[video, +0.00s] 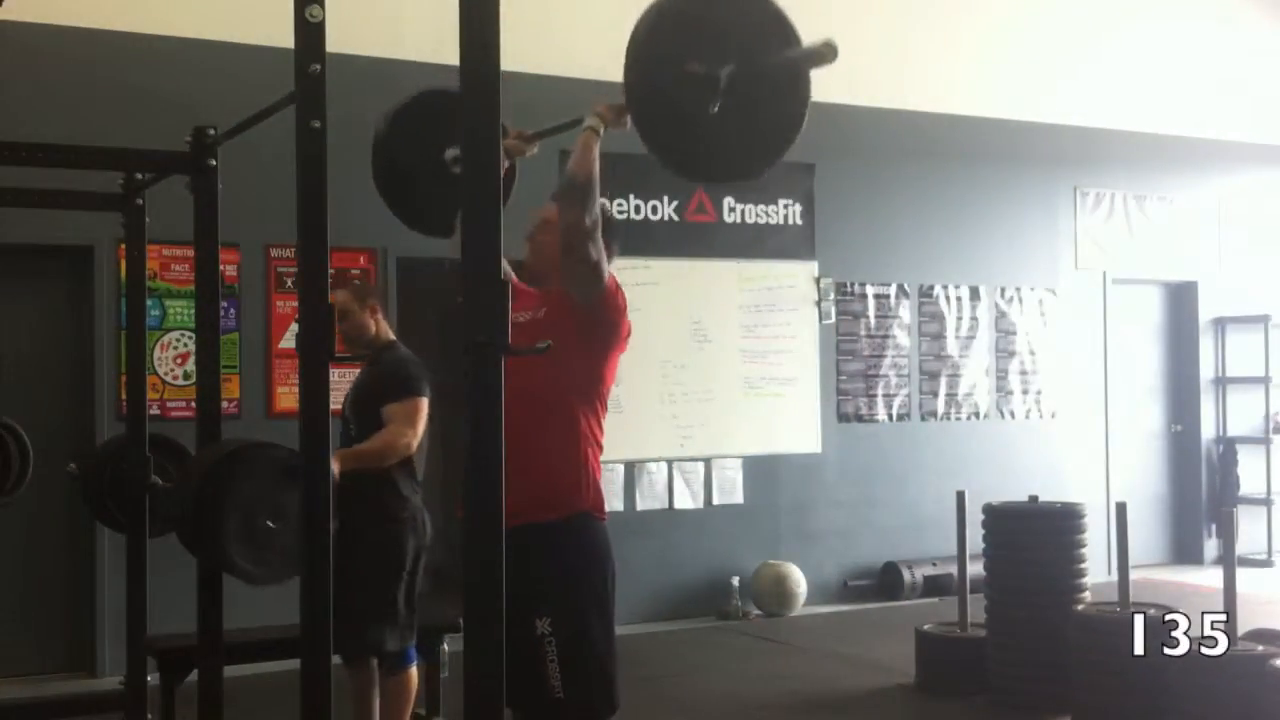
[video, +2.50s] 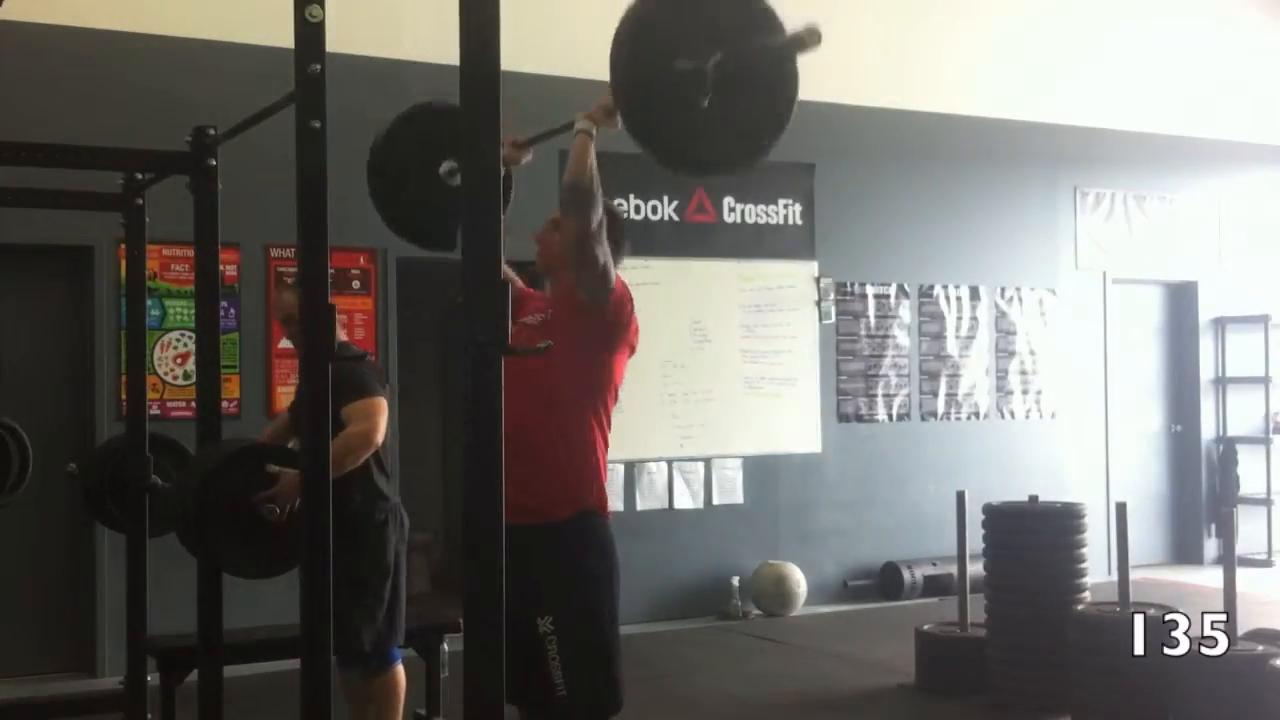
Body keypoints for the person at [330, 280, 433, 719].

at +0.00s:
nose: (339, 328)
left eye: (345, 317)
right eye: (336, 319)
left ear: (373, 313)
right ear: (363, 317)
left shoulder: (402, 365)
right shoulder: (372, 369)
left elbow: (404, 438)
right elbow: (374, 438)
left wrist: (340, 459)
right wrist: (336, 462)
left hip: (394, 518)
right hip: (360, 515)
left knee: (395, 643)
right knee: (355, 643)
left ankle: (396, 719)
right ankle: (366, 718)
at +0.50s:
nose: (331, 327)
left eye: (335, 316)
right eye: (328, 318)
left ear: (363, 310)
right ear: (352, 315)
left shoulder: (387, 364)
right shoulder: (357, 369)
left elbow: (397, 428)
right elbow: (348, 430)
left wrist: (332, 452)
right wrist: (325, 451)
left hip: (387, 517)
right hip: (359, 515)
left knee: (386, 644)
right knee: (361, 644)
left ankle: (394, 719)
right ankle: (369, 717)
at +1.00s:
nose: (322, 323)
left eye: (328, 311)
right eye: (319, 314)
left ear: (353, 309)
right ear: (332, 315)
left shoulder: (383, 359)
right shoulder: (345, 370)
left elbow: (395, 427)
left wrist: (328, 449)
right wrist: (316, 450)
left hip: (385, 515)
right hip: (355, 512)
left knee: (387, 644)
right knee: (362, 643)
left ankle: (393, 718)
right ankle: (369, 716)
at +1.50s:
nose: (315, 331)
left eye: (321, 319)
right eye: (311, 321)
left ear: (342, 315)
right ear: (327, 318)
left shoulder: (369, 366)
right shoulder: (327, 370)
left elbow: (382, 436)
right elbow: (326, 438)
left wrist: (319, 474)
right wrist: (299, 478)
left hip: (374, 513)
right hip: (344, 511)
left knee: (377, 646)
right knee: (360, 645)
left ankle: (388, 718)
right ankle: (368, 717)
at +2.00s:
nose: (289, 337)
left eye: (295, 326)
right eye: (285, 327)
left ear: (323, 320)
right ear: (293, 324)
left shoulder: (354, 366)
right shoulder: (320, 368)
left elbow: (373, 434)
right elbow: (312, 437)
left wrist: (312, 481)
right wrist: (296, 483)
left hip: (370, 515)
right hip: (344, 513)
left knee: (374, 650)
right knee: (362, 648)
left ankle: (385, 719)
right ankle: (369, 718)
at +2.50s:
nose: (285, 331)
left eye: (292, 321)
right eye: (282, 322)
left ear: (317, 319)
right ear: (287, 325)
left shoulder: (352, 366)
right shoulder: (316, 371)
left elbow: (368, 431)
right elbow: (287, 425)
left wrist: (305, 476)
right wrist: (246, 463)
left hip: (371, 519)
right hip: (339, 519)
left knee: (376, 649)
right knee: (350, 649)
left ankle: (389, 719)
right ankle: (363, 717)